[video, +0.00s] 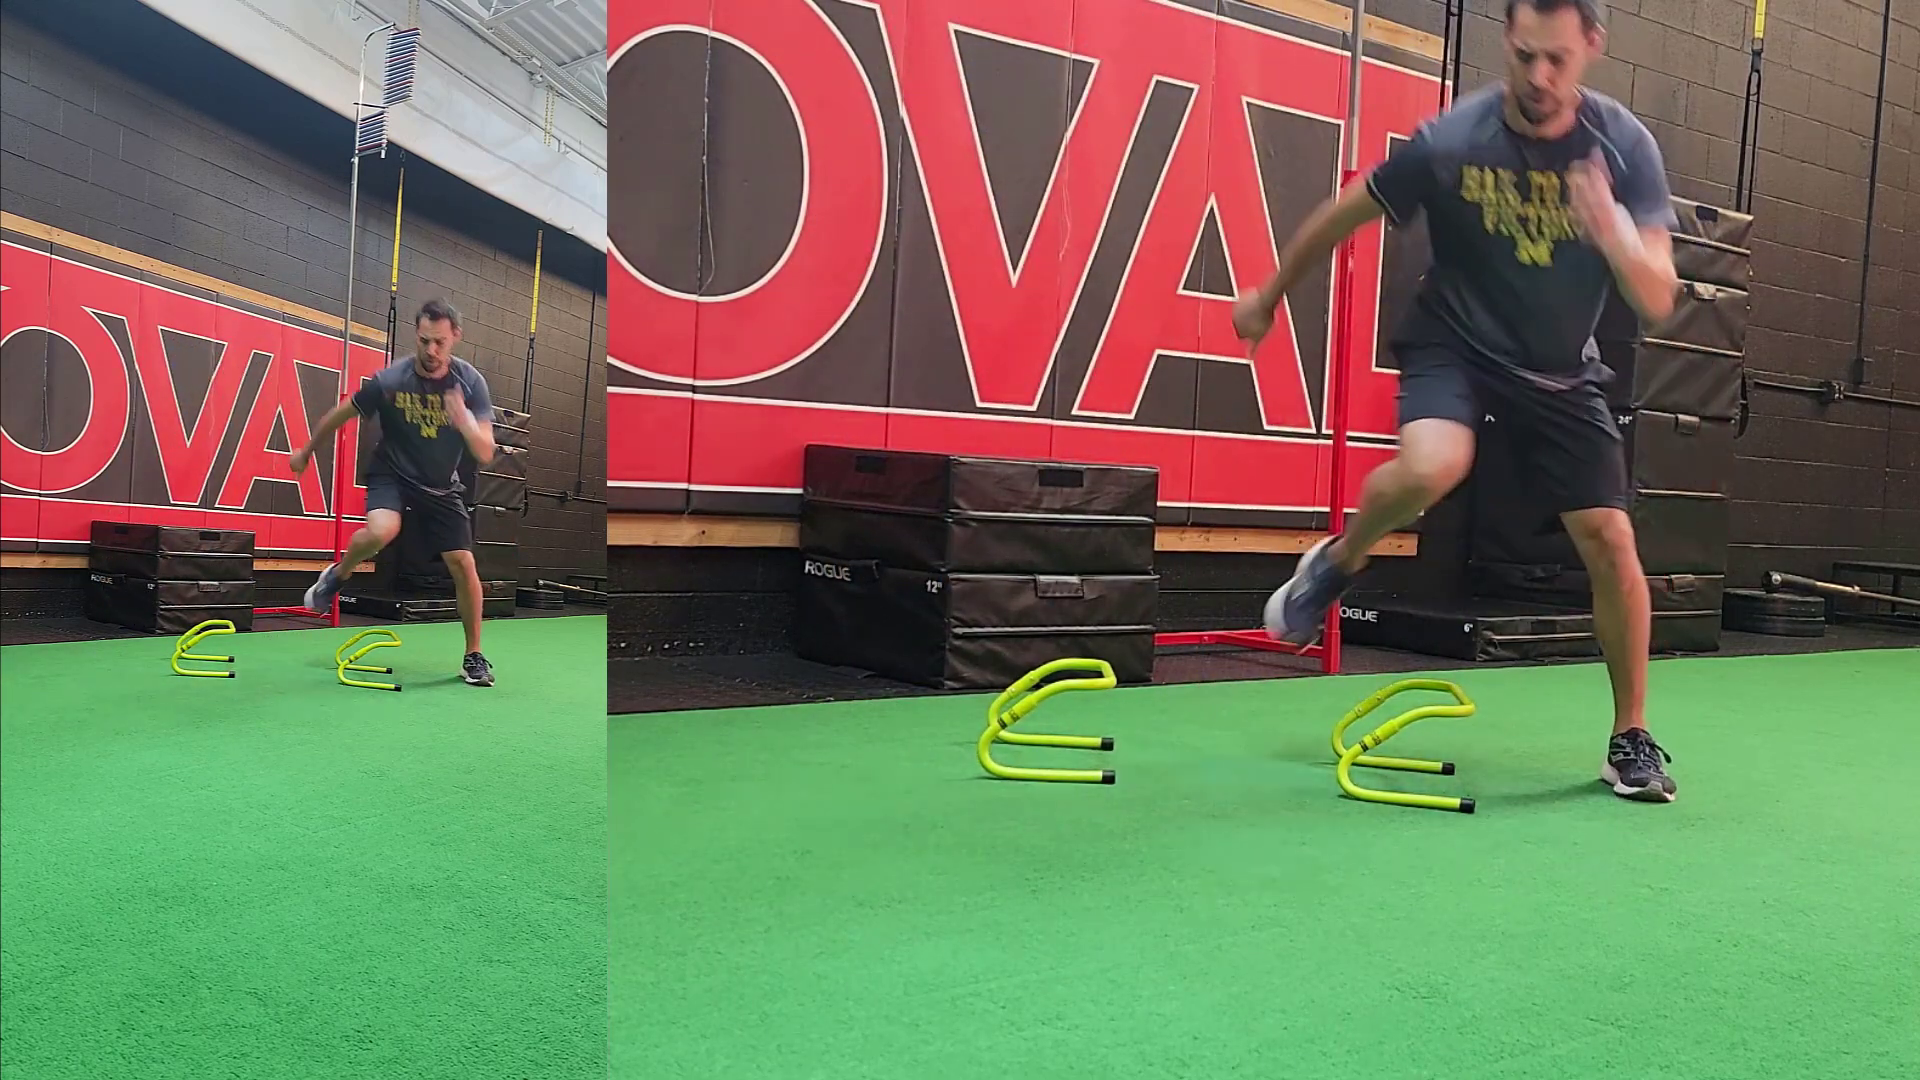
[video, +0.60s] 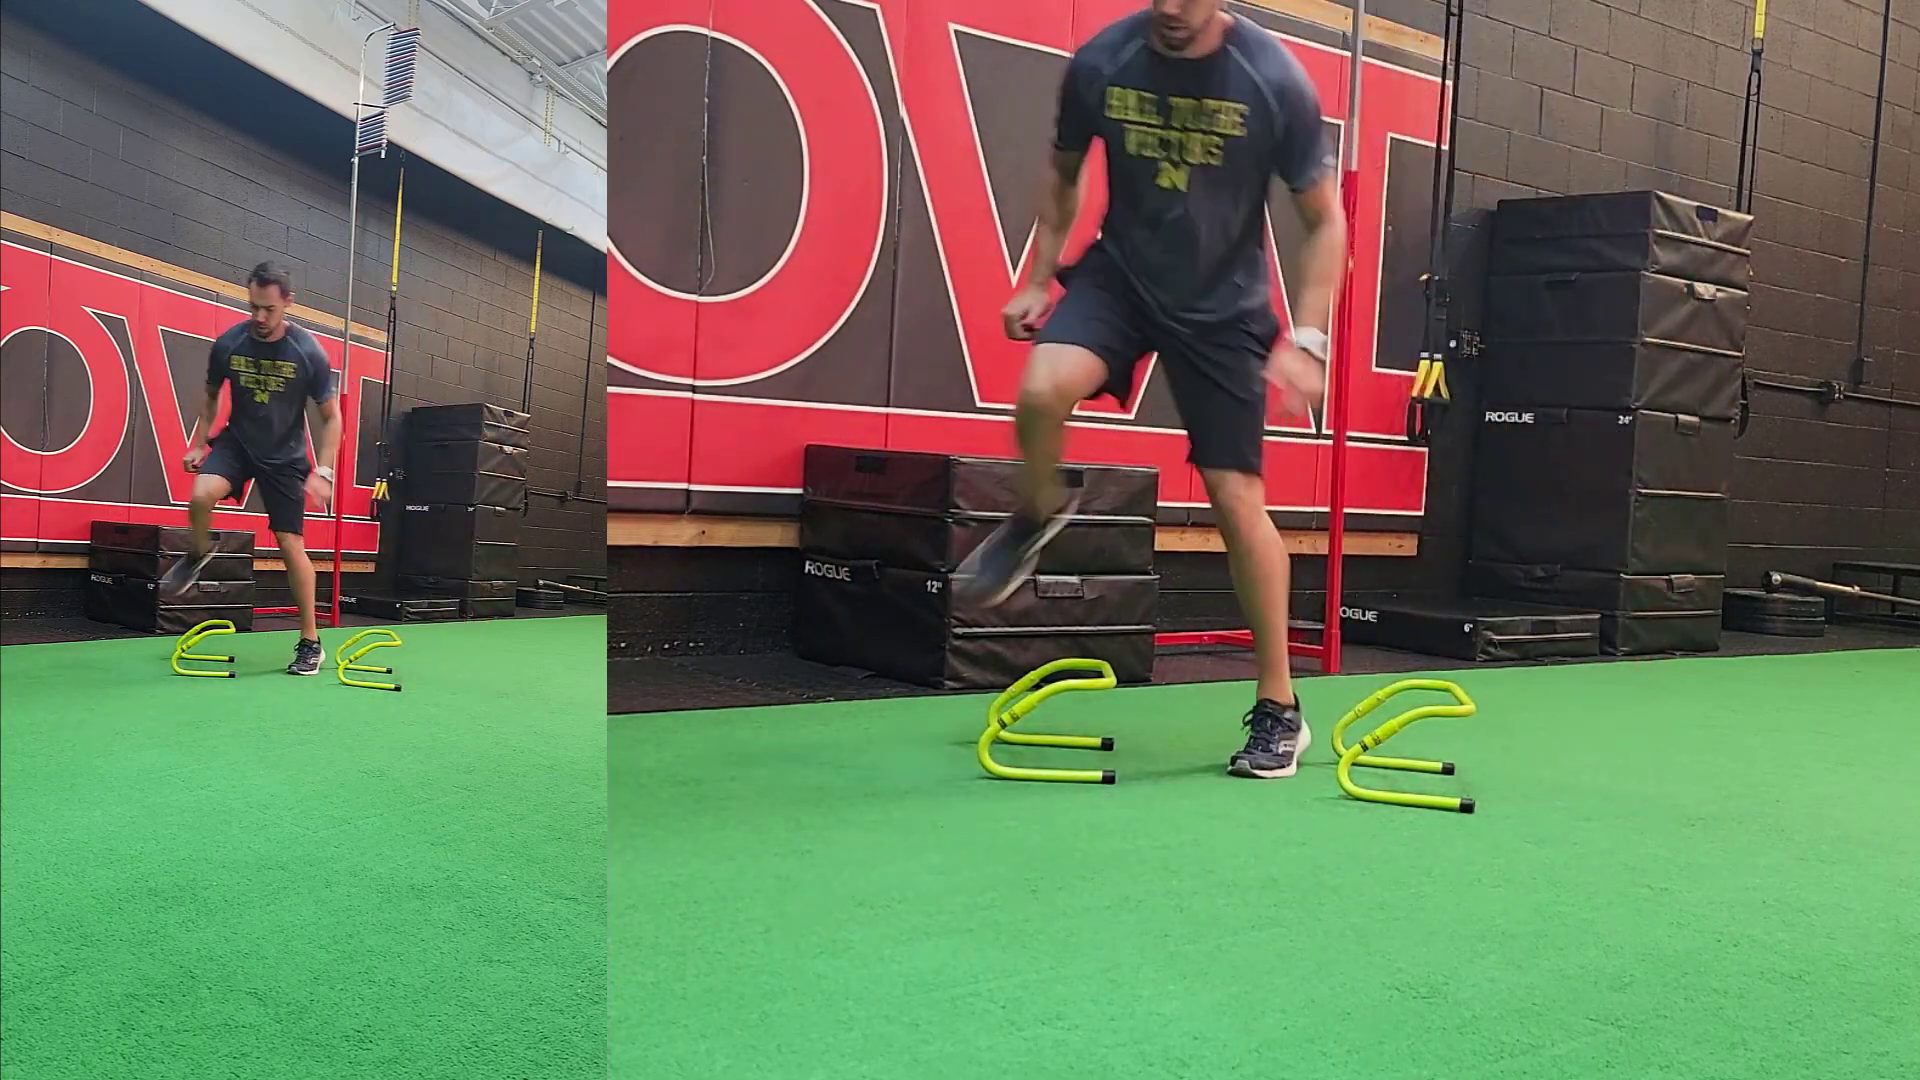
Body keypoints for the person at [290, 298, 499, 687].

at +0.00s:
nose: (431, 351)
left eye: (439, 342)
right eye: (424, 341)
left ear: (455, 339)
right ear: (415, 338)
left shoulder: (471, 383)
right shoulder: (389, 380)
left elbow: (486, 455)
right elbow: (341, 414)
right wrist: (305, 450)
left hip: (442, 486)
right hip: (392, 477)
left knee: (464, 564)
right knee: (381, 531)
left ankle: (474, 654)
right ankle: (336, 577)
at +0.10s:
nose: (400, 323)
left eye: (408, 315)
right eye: (393, 313)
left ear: (425, 312)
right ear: (383, 310)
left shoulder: (440, 354)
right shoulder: (358, 357)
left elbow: (462, 415)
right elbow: (324, 400)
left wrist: (437, 408)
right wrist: (301, 450)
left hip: (417, 467)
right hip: (363, 460)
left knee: (441, 546)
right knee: (346, 538)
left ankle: (470, 643)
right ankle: (306, 613)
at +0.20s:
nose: (366, 322)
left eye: (374, 314)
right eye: (359, 314)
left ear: (390, 312)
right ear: (350, 311)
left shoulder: (409, 356)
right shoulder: (326, 362)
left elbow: (419, 407)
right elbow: (307, 422)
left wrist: (424, 459)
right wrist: (305, 478)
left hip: (391, 458)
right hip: (337, 458)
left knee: (404, 523)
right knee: (326, 550)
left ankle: (418, 575)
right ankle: (310, 636)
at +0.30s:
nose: (339, 322)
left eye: (347, 313)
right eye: (333, 312)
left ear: (362, 311)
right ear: (324, 309)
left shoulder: (383, 355)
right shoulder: (302, 357)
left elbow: (401, 399)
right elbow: (282, 416)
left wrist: (403, 444)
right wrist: (305, 436)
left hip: (362, 450)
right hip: (316, 455)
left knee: (356, 494)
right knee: (313, 550)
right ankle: (308, 637)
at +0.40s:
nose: (317, 311)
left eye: (325, 303)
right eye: (311, 302)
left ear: (341, 298)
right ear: (302, 297)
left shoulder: (363, 343)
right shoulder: (279, 340)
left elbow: (378, 394)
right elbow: (261, 394)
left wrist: (380, 442)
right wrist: (278, 420)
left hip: (336, 446)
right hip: (290, 444)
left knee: (324, 516)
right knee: (284, 528)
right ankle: (298, 611)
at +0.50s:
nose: (290, 318)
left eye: (298, 309)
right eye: (284, 308)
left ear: (317, 305)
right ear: (277, 302)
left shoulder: (337, 354)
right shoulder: (255, 345)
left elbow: (356, 414)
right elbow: (237, 397)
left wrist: (358, 473)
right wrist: (227, 445)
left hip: (312, 456)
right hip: (264, 449)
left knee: (303, 544)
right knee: (243, 506)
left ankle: (313, 641)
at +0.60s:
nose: (259, 317)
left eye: (268, 308)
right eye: (253, 307)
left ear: (287, 303)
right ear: (247, 302)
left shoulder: (309, 354)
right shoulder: (228, 344)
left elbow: (331, 418)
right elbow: (212, 395)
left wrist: (324, 472)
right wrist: (199, 442)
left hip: (285, 455)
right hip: (237, 444)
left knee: (290, 544)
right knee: (201, 496)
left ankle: (309, 641)